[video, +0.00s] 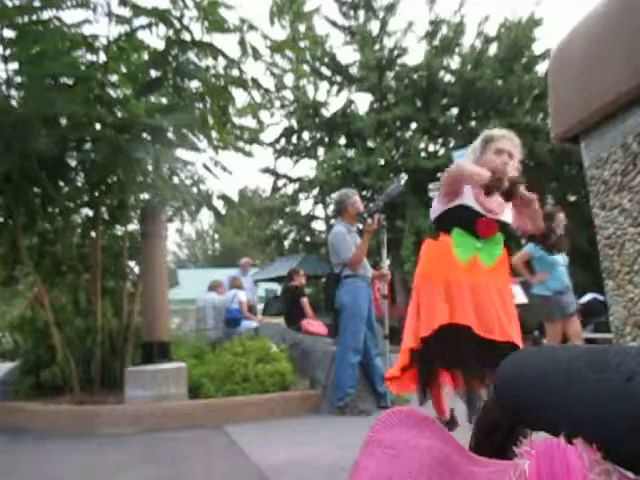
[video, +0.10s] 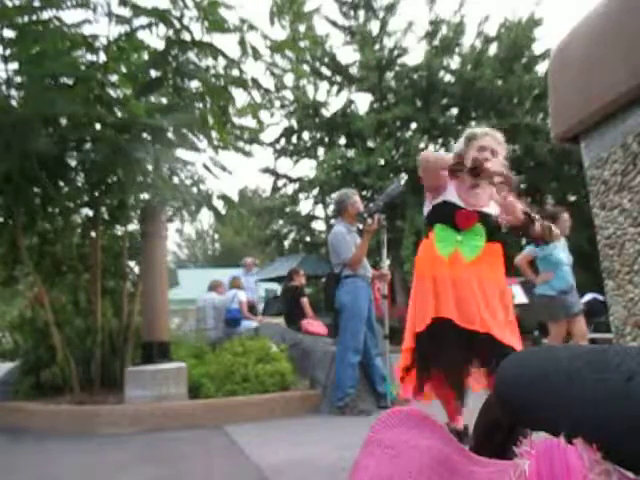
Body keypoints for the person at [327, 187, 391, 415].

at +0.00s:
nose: (361, 207)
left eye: (360, 203)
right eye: (357, 203)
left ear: (353, 207)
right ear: (346, 207)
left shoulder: (353, 232)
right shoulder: (338, 233)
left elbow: (358, 264)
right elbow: (353, 263)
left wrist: (375, 274)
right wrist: (367, 235)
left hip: (364, 284)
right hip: (351, 284)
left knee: (370, 342)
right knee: (351, 343)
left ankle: (383, 393)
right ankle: (344, 398)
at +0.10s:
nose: (361, 207)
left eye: (360, 203)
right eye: (357, 203)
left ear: (353, 207)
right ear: (346, 207)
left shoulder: (353, 232)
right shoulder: (338, 233)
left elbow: (358, 264)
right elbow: (353, 263)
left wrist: (375, 274)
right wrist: (367, 236)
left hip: (364, 284)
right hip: (351, 284)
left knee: (370, 343)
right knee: (351, 343)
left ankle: (385, 393)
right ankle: (344, 397)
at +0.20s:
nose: (362, 207)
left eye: (361, 203)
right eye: (357, 203)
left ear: (352, 207)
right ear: (347, 207)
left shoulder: (353, 232)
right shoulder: (339, 233)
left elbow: (358, 264)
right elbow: (353, 262)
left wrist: (374, 274)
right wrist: (368, 235)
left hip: (364, 283)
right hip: (351, 283)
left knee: (370, 343)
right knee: (351, 343)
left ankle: (385, 393)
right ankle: (343, 398)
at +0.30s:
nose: (362, 208)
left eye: (361, 204)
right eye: (357, 204)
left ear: (353, 208)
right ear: (347, 208)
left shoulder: (353, 232)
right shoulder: (339, 233)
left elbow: (359, 264)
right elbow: (353, 263)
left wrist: (375, 274)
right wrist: (368, 236)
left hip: (364, 283)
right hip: (351, 284)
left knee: (370, 343)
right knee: (351, 343)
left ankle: (385, 393)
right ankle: (344, 398)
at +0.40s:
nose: (362, 207)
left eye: (361, 203)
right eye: (358, 203)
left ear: (353, 207)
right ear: (347, 207)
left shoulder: (353, 232)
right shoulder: (339, 233)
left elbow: (359, 264)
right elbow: (353, 263)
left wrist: (375, 274)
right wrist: (367, 236)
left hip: (364, 283)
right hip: (351, 283)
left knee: (370, 343)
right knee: (351, 343)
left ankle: (385, 393)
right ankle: (344, 398)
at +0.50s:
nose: (361, 211)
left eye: (360, 206)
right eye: (357, 206)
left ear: (349, 209)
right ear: (346, 209)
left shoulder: (352, 232)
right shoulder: (339, 233)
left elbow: (358, 266)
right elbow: (352, 262)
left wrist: (375, 274)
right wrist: (367, 235)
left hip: (363, 284)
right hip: (350, 284)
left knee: (370, 343)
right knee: (350, 344)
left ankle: (385, 393)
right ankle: (344, 398)